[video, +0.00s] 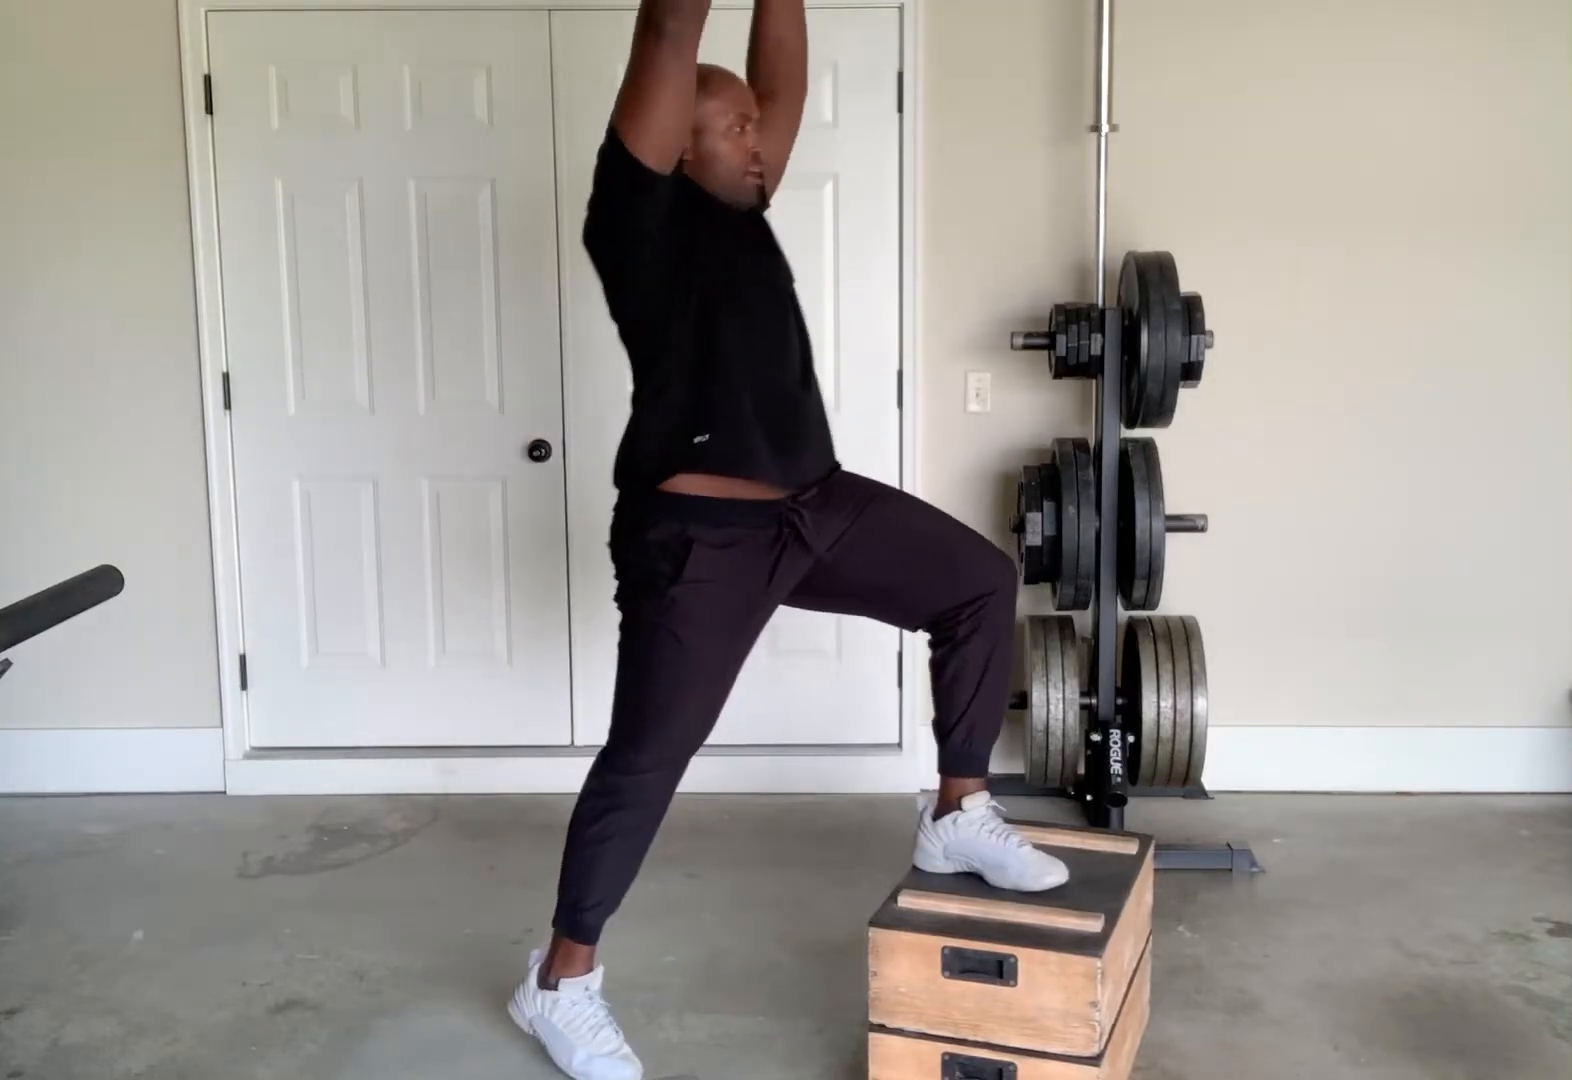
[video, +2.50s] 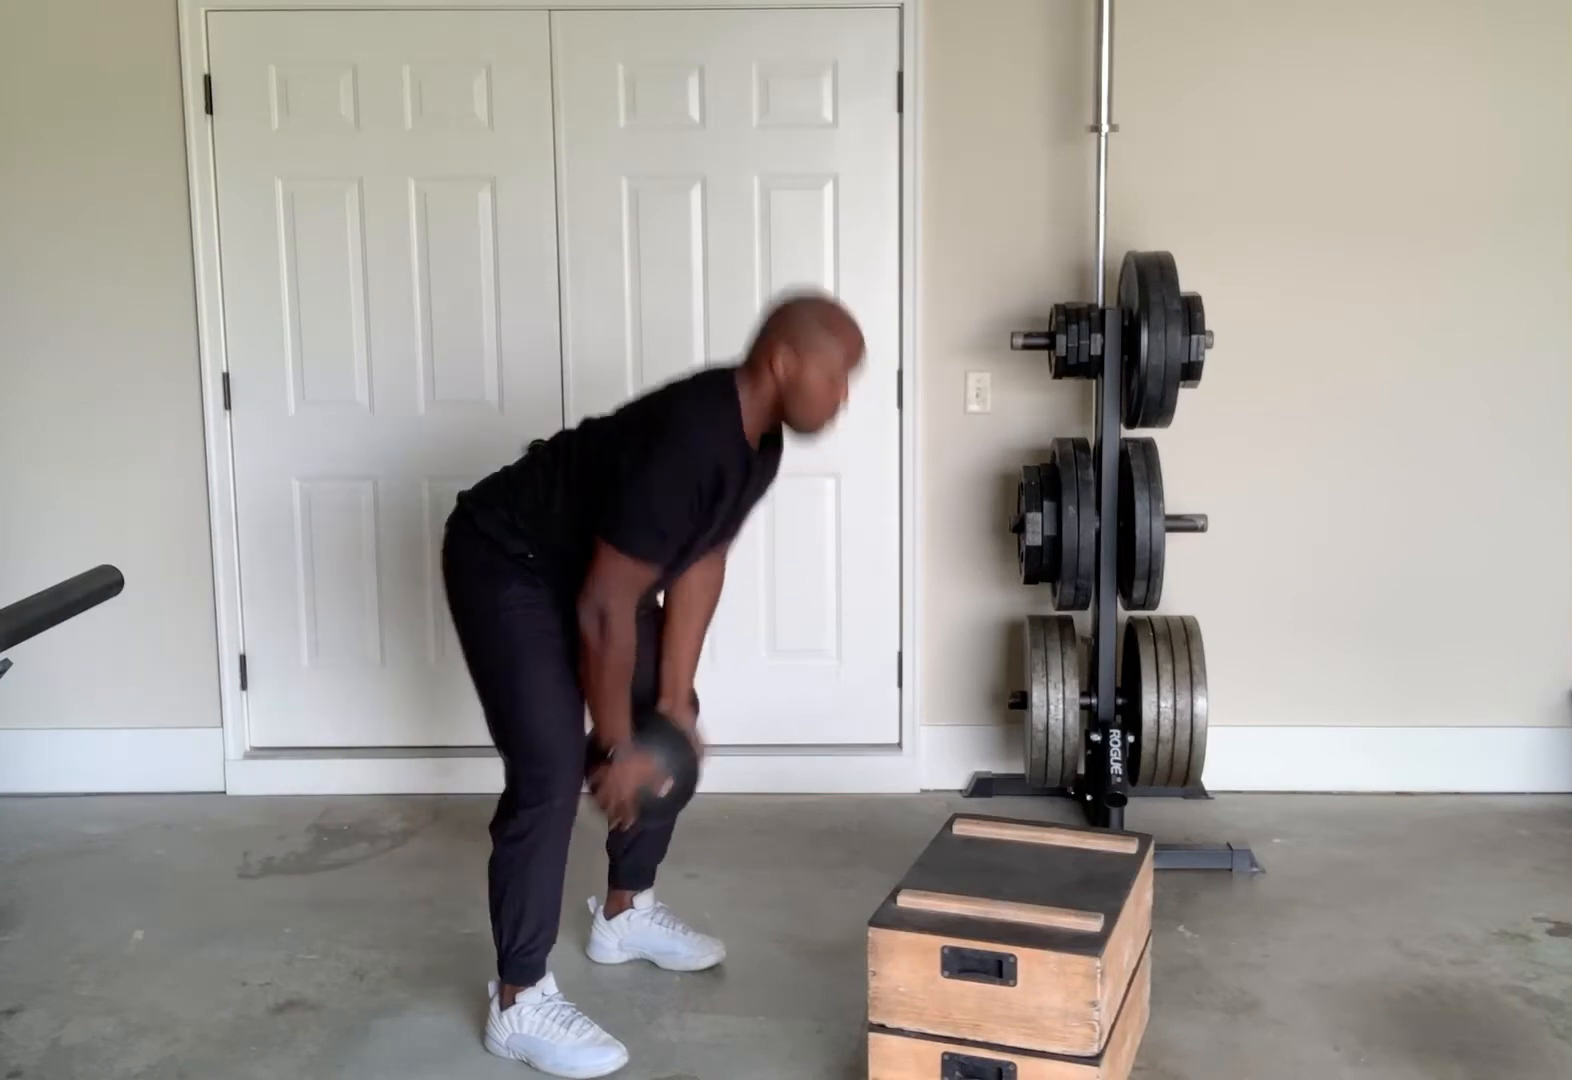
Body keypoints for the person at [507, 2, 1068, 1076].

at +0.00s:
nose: (760, 146)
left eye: (767, 127)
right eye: (735, 123)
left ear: (763, 134)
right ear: (678, 126)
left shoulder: (741, 210)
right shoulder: (635, 210)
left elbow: (782, 95)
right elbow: (668, 30)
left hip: (816, 504)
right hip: (700, 529)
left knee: (980, 582)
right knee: (646, 758)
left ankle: (959, 812)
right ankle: (562, 977)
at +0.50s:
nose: (599, 183)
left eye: (599, 165)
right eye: (581, 165)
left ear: (553, 172)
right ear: (517, 171)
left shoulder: (587, 268)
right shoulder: (473, 299)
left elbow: (604, 403)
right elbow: (497, 467)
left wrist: (691, 410)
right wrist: (658, 420)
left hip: (672, 524)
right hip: (574, 574)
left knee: (839, 595)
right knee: (568, 776)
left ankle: (761, 795)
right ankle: (541, 994)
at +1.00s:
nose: (651, 200)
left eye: (655, 183)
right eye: (639, 180)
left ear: (604, 174)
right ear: (580, 169)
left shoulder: (629, 284)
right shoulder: (515, 283)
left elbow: (646, 413)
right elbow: (500, 446)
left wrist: (693, 517)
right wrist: (633, 528)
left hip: (629, 551)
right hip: (549, 555)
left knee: (632, 736)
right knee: (566, 757)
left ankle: (624, 913)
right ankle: (527, 989)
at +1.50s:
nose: (664, 227)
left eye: (671, 211)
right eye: (655, 208)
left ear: (635, 196)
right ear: (599, 184)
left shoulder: (630, 287)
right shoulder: (526, 288)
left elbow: (639, 422)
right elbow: (511, 461)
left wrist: (679, 532)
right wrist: (626, 569)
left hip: (621, 553)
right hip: (539, 560)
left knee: (640, 733)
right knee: (553, 759)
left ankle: (625, 914)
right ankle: (522, 994)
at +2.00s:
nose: (809, 453)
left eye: (821, 443)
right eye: (809, 435)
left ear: (773, 404)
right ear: (768, 400)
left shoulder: (739, 451)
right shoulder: (656, 444)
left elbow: (683, 578)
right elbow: (591, 621)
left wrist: (652, 721)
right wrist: (587, 759)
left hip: (569, 561)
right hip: (475, 553)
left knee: (637, 726)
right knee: (520, 766)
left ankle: (624, 914)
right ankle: (518, 997)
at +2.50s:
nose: (842, 397)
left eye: (848, 379)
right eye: (836, 376)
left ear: (789, 363)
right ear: (782, 360)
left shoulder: (761, 437)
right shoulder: (690, 435)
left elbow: (700, 566)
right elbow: (604, 600)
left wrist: (675, 700)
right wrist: (615, 743)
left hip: (597, 564)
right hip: (504, 554)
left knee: (669, 728)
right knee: (548, 766)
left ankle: (624, 912)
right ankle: (518, 997)